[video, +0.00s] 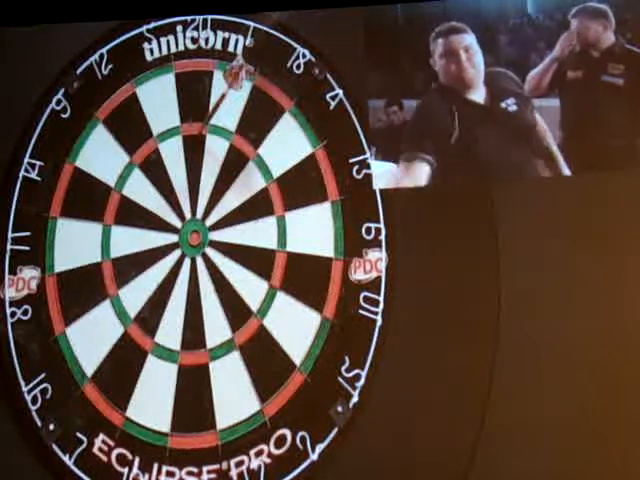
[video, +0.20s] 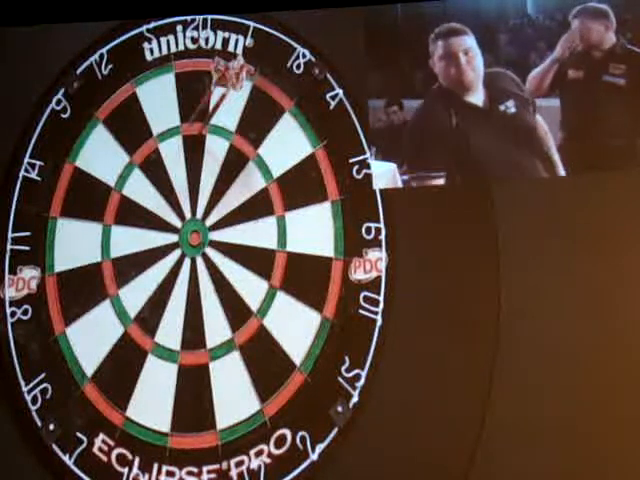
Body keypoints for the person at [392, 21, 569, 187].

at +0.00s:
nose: (463, 61)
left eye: (468, 50)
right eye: (450, 55)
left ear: (480, 53)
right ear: (434, 65)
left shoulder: (503, 82)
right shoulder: (433, 109)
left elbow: (538, 134)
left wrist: (566, 179)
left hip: (529, 204)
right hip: (467, 213)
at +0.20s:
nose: (462, 65)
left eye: (468, 53)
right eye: (448, 58)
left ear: (480, 56)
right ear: (433, 67)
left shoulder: (503, 82)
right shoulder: (428, 121)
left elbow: (536, 125)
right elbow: (428, 196)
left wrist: (560, 176)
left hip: (545, 198)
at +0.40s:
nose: (460, 65)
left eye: (467, 54)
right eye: (447, 59)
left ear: (479, 56)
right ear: (432, 66)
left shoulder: (504, 82)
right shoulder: (427, 118)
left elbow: (541, 126)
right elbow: (436, 193)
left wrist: (556, 179)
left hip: (540, 199)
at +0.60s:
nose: (462, 62)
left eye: (468, 52)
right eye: (450, 55)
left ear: (481, 54)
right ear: (434, 62)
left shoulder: (506, 82)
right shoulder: (429, 116)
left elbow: (544, 128)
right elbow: (431, 192)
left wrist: (561, 176)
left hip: (543, 198)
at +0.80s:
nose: (463, 59)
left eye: (470, 49)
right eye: (451, 52)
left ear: (483, 52)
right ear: (436, 60)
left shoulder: (507, 81)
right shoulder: (431, 108)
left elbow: (542, 125)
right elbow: (416, 174)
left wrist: (564, 173)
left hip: (537, 196)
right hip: (476, 207)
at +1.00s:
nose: (462, 57)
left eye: (469, 48)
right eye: (451, 51)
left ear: (482, 52)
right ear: (437, 59)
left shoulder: (508, 81)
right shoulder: (433, 103)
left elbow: (545, 130)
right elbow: (408, 147)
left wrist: (569, 177)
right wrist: (384, 160)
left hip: (529, 201)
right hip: (470, 213)